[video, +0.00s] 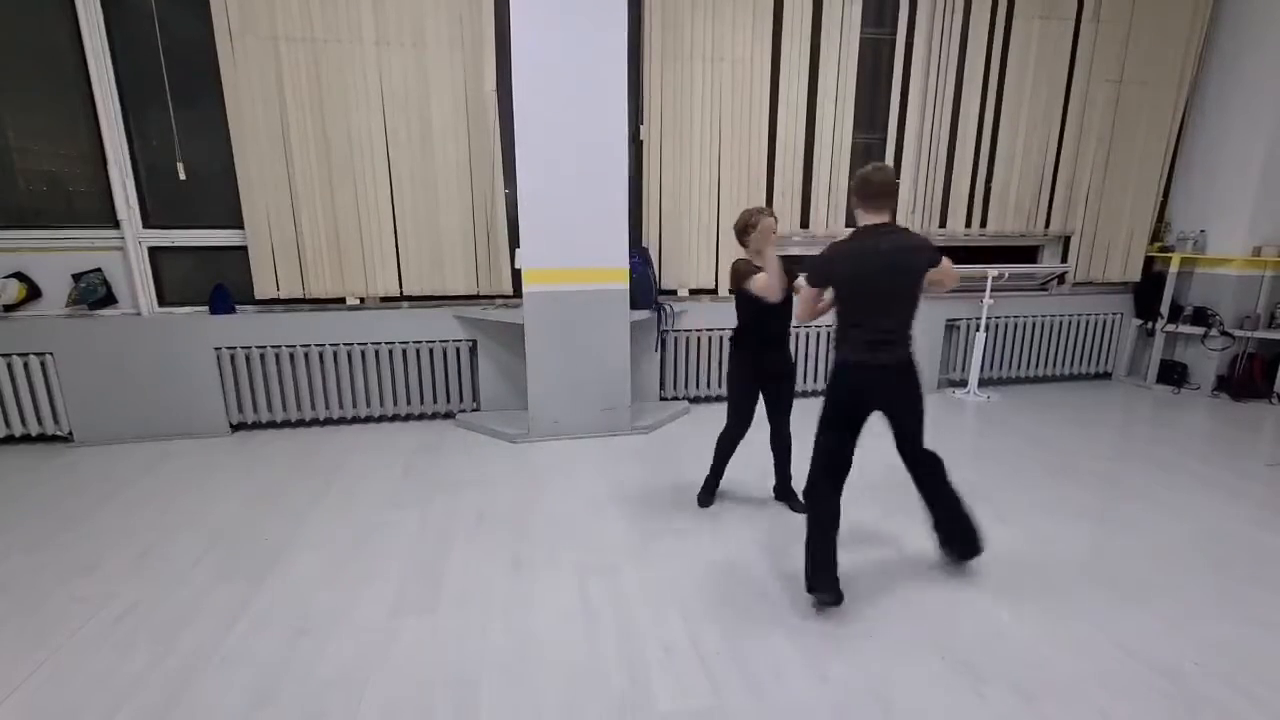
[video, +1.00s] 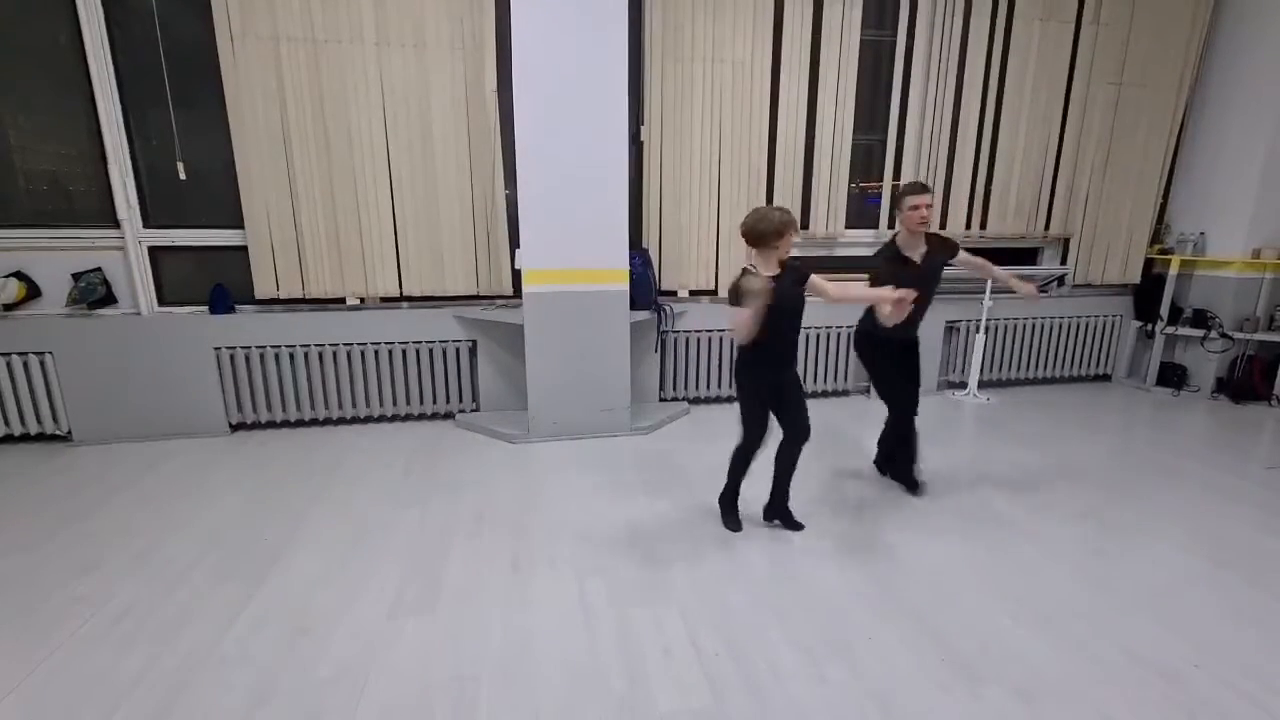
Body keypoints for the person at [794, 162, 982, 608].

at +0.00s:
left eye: (853, 199)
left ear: (855, 201)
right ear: (895, 202)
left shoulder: (839, 252)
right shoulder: (915, 245)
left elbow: (804, 312)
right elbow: (948, 279)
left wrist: (837, 295)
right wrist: (907, 278)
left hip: (851, 376)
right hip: (900, 375)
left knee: (826, 477)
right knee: (915, 454)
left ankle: (823, 585)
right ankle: (961, 540)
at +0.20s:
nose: (904, 216)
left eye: (912, 208)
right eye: (896, 209)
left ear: (925, 209)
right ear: (884, 212)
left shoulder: (945, 246)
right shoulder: (886, 258)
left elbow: (951, 274)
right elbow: (886, 308)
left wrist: (892, 281)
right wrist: (844, 309)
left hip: (944, 367)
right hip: (905, 370)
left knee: (960, 457)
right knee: (927, 453)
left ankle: (976, 563)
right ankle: (956, 517)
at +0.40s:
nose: (948, 219)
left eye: (953, 211)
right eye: (938, 212)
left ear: (959, 213)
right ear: (920, 218)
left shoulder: (979, 250)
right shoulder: (904, 268)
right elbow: (891, 307)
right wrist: (880, 318)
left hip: (967, 369)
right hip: (922, 371)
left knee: (992, 428)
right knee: (941, 448)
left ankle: (1015, 476)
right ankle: (964, 512)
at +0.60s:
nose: (969, 214)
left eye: (973, 207)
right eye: (960, 208)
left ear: (977, 211)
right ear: (940, 214)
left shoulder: (981, 245)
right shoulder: (925, 265)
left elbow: (1006, 245)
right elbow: (888, 316)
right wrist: (884, 305)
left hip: (971, 357)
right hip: (936, 359)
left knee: (931, 402)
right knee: (957, 430)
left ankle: (895, 433)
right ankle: (970, 509)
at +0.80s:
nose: (960, 209)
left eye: (964, 203)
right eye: (950, 203)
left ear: (967, 207)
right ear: (931, 209)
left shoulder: (958, 244)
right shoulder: (927, 253)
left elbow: (956, 274)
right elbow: (923, 285)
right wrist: (914, 287)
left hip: (942, 343)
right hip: (915, 345)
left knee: (918, 407)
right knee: (936, 428)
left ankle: (886, 453)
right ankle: (965, 509)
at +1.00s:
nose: (923, 214)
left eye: (928, 208)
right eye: (915, 209)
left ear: (932, 211)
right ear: (899, 214)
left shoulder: (939, 245)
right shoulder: (885, 260)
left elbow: (976, 264)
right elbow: (882, 316)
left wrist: (1014, 283)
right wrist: (892, 311)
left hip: (906, 335)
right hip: (873, 336)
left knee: (906, 403)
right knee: (901, 403)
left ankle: (886, 457)